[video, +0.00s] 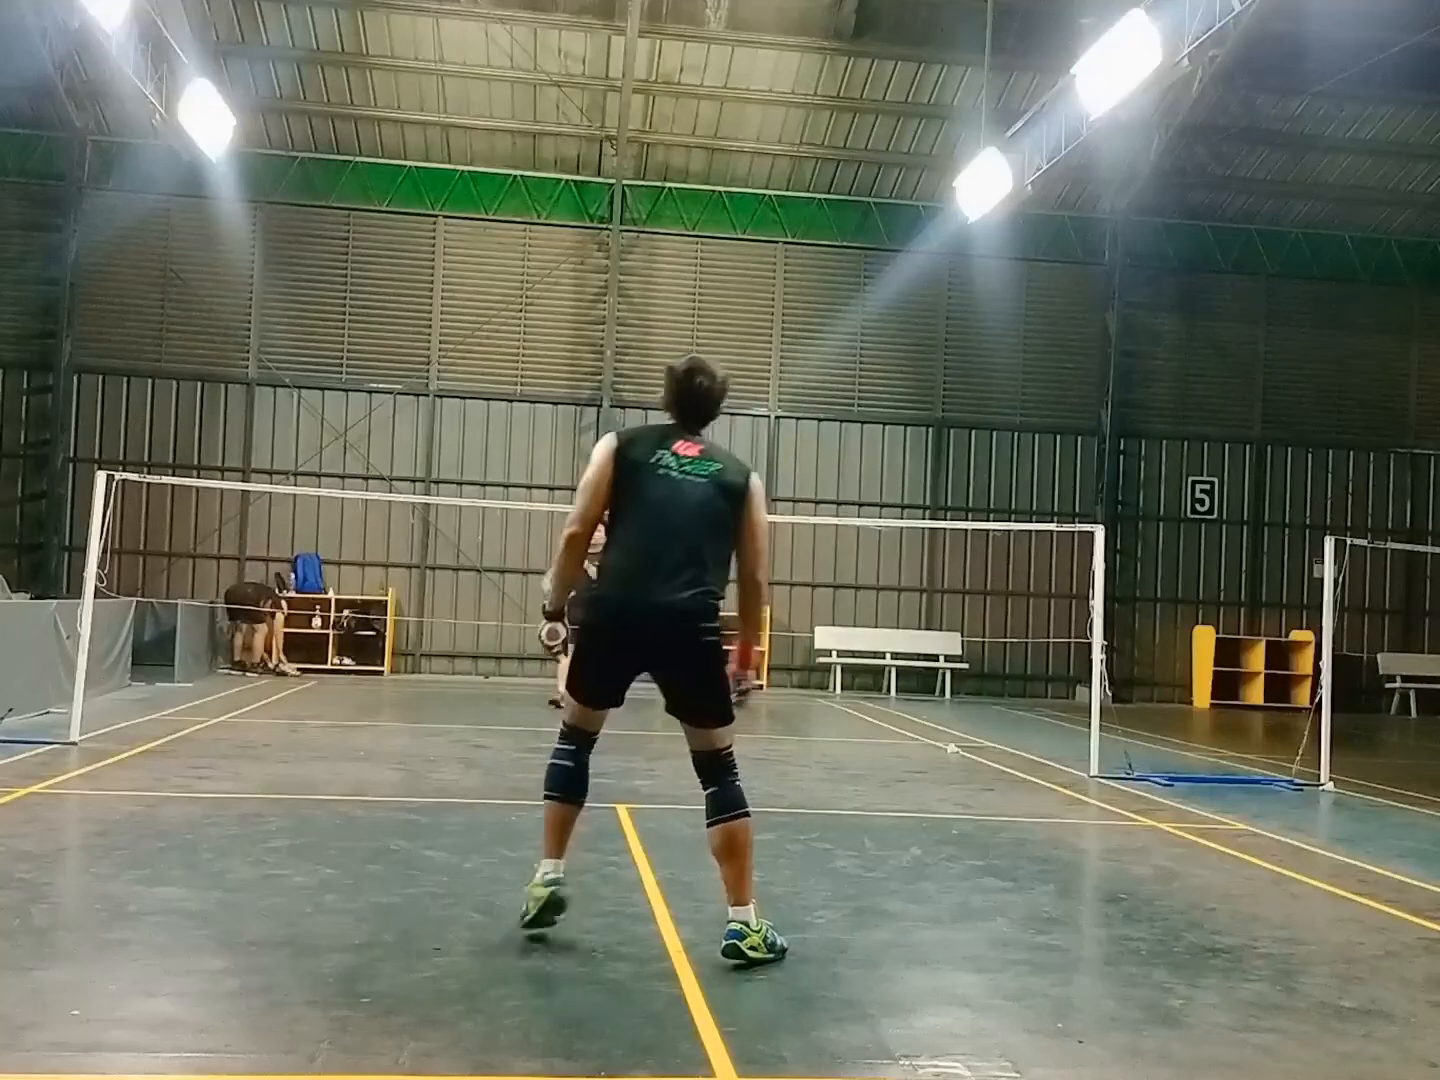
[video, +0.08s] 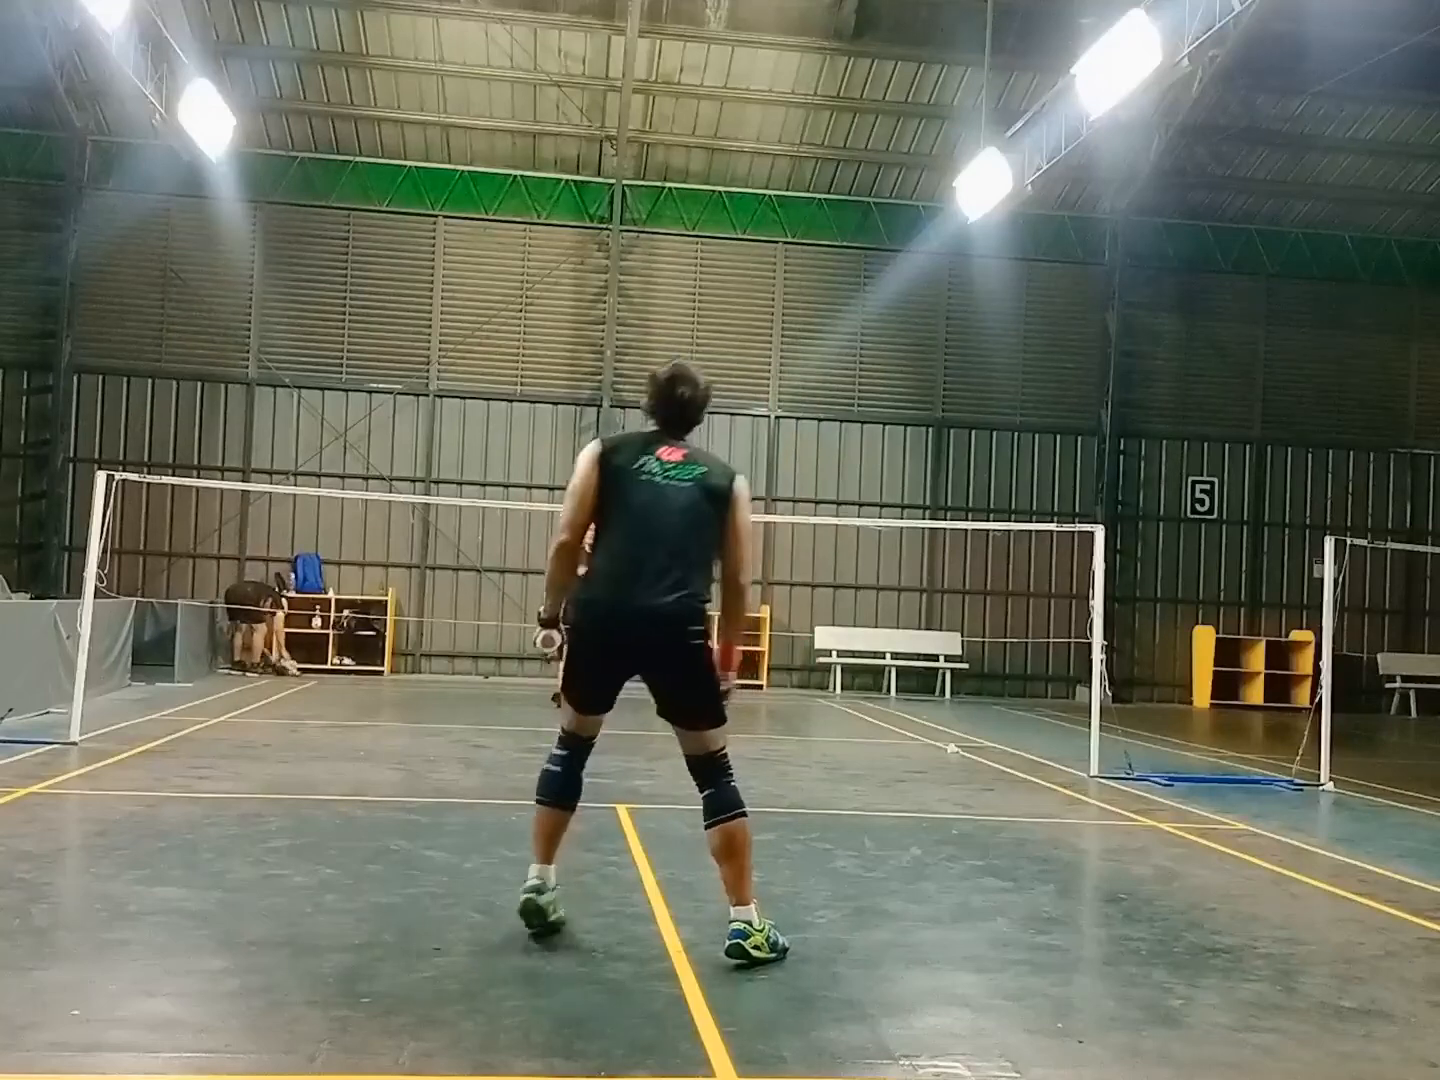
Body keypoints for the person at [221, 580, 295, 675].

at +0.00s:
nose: (285, 615)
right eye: (285, 612)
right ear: (284, 605)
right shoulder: (279, 607)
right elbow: (277, 633)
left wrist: (264, 656)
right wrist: (280, 654)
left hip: (231, 592)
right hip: (248, 596)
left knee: (239, 630)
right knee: (261, 630)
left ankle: (236, 661)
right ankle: (255, 663)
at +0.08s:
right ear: (283, 603)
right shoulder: (279, 604)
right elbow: (278, 630)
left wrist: (268, 655)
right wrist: (283, 651)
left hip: (231, 592)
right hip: (248, 595)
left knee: (239, 629)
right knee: (260, 630)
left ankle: (236, 661)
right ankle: (256, 663)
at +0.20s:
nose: (288, 605)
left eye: (289, 602)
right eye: (289, 601)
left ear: (281, 592)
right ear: (285, 595)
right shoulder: (279, 597)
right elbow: (282, 624)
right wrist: (288, 643)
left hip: (231, 592)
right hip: (248, 596)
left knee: (238, 629)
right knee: (259, 629)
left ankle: (236, 661)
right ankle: (255, 663)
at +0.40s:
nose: (287, 598)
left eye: (290, 596)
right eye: (289, 595)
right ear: (288, 587)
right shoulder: (277, 588)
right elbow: (280, 614)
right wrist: (289, 633)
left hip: (231, 590)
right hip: (245, 593)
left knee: (237, 629)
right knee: (258, 628)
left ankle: (236, 661)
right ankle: (254, 664)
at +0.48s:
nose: (289, 595)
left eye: (291, 592)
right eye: (291, 591)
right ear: (288, 585)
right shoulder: (275, 586)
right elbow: (275, 612)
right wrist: (281, 633)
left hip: (230, 590)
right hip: (245, 593)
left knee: (237, 628)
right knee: (256, 628)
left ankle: (236, 661)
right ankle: (254, 664)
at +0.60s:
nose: (287, 592)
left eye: (289, 590)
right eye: (288, 588)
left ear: (278, 578)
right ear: (285, 583)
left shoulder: (264, 578)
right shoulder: (273, 586)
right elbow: (268, 609)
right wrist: (270, 629)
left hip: (229, 589)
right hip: (245, 592)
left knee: (237, 628)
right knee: (255, 628)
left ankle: (236, 661)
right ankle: (254, 664)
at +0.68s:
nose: (287, 591)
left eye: (290, 589)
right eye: (289, 587)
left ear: (278, 577)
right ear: (285, 582)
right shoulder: (275, 585)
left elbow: (260, 606)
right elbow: (267, 608)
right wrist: (269, 631)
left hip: (230, 589)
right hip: (245, 593)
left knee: (238, 628)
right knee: (255, 627)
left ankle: (237, 661)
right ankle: (255, 664)